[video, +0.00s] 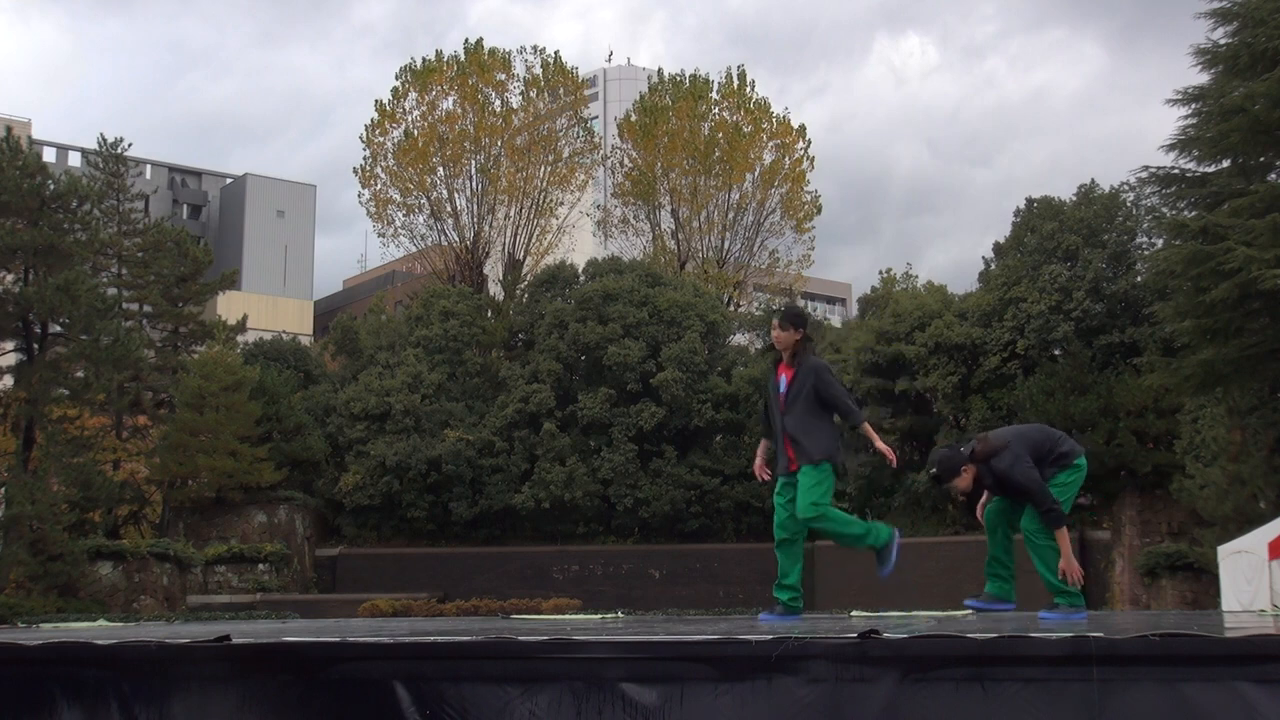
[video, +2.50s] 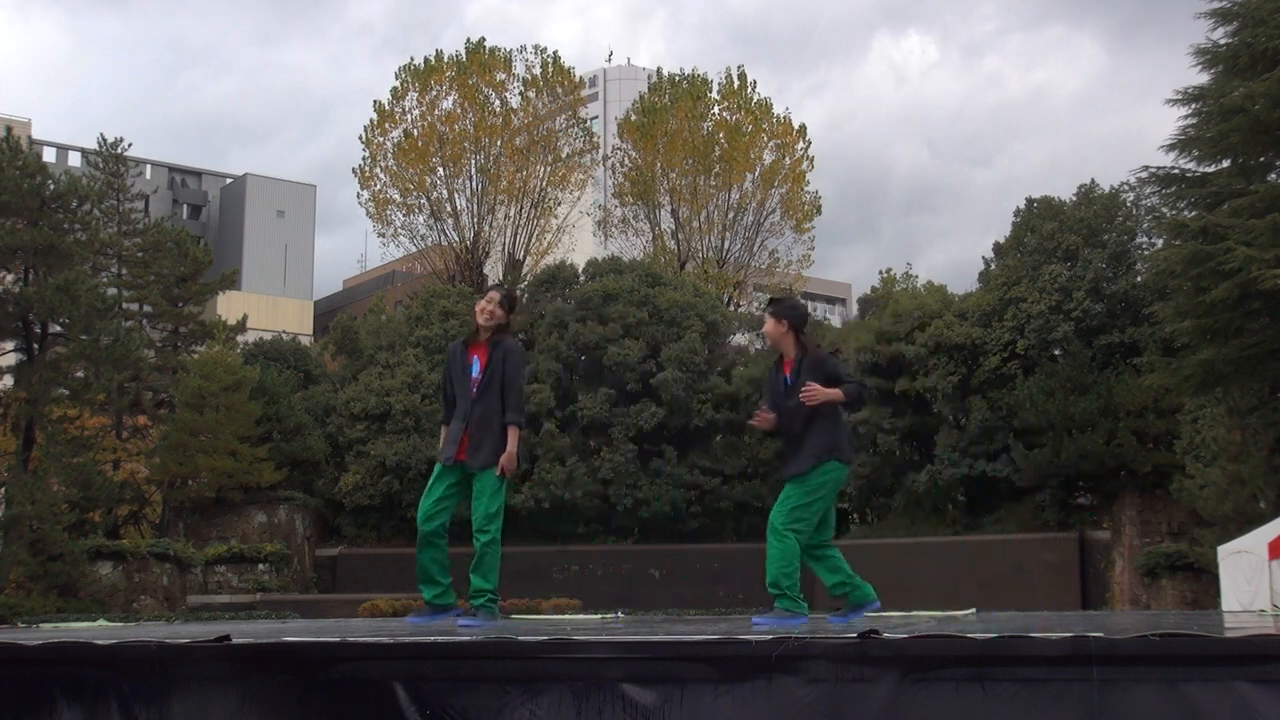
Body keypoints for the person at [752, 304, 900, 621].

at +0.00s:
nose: (774, 335)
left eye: (781, 330)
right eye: (773, 329)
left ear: (798, 334)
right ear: (775, 333)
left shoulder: (815, 368)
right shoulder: (777, 373)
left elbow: (847, 406)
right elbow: (773, 421)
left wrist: (876, 440)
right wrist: (761, 452)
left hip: (816, 459)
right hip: (787, 463)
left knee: (811, 511)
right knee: (786, 531)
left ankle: (883, 537)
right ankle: (789, 604)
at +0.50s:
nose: (739, 344)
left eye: (745, 340)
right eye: (738, 339)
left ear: (762, 341)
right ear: (739, 339)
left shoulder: (772, 378)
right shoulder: (738, 371)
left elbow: (788, 424)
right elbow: (728, 410)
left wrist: (797, 465)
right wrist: (704, 431)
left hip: (751, 458)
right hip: (735, 459)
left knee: (716, 503)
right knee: (752, 534)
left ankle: (792, 508)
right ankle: (786, 602)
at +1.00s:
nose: (651, 339)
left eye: (656, 334)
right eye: (650, 333)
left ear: (675, 337)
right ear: (655, 335)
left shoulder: (682, 372)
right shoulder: (659, 368)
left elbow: (692, 423)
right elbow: (657, 419)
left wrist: (692, 467)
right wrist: (641, 447)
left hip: (669, 465)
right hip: (655, 464)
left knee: (649, 533)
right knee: (655, 535)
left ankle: (651, 606)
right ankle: (717, 573)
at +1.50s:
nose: (596, 329)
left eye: (600, 323)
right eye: (589, 323)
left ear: (606, 328)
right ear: (577, 327)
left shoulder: (618, 367)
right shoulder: (564, 367)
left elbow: (624, 415)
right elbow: (558, 414)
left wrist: (615, 457)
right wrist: (563, 449)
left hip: (608, 463)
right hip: (566, 462)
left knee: (623, 533)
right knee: (544, 528)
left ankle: (649, 603)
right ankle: (523, 605)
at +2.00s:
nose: (529, 314)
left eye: (532, 310)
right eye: (523, 308)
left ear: (535, 317)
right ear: (506, 313)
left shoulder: (548, 358)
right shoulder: (488, 363)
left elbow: (560, 411)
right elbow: (479, 419)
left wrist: (560, 454)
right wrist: (485, 467)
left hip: (539, 459)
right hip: (499, 459)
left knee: (521, 527)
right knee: (504, 531)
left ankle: (500, 596)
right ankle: (523, 604)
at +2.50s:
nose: (487, 308)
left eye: (495, 306)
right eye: (485, 301)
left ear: (505, 317)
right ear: (476, 305)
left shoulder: (510, 350)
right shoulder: (457, 350)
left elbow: (514, 400)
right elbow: (449, 401)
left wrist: (512, 447)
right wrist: (445, 441)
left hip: (491, 452)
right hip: (455, 449)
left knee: (484, 529)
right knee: (428, 519)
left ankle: (485, 606)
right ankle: (439, 602)